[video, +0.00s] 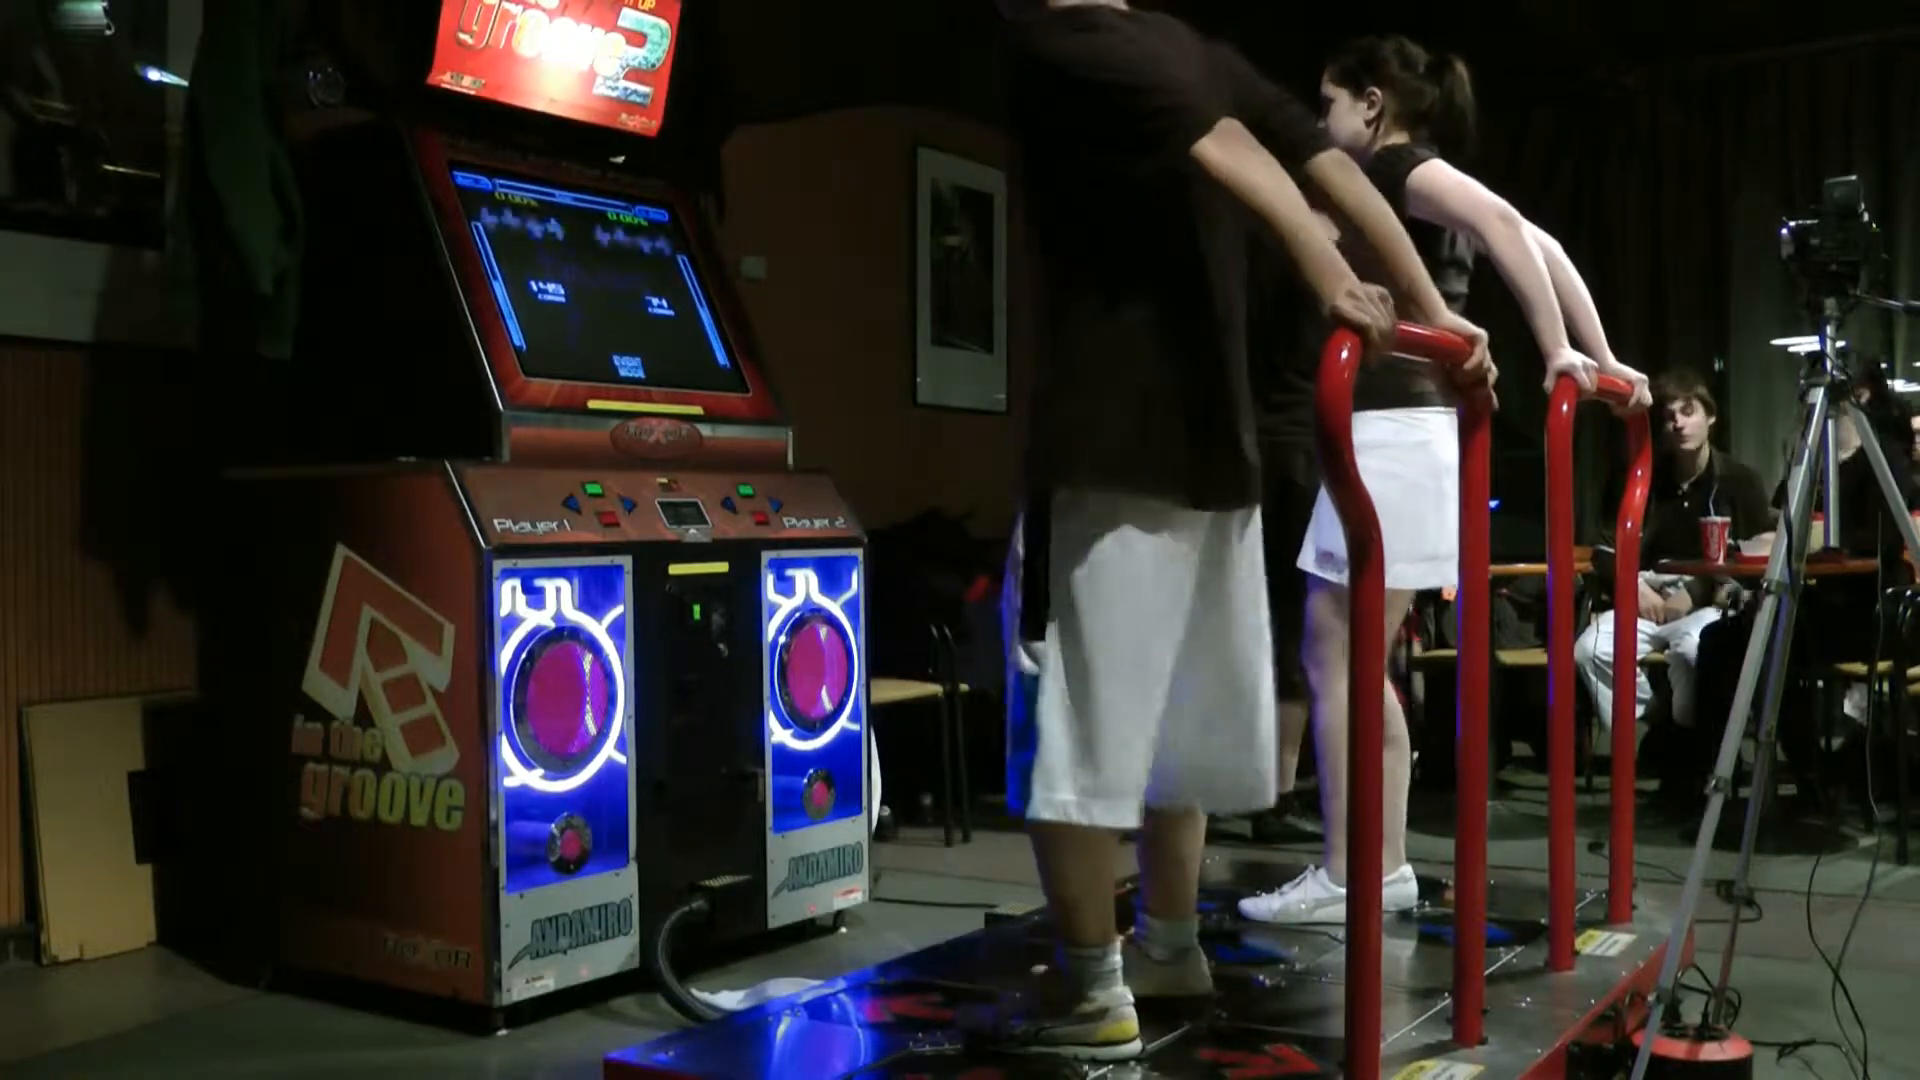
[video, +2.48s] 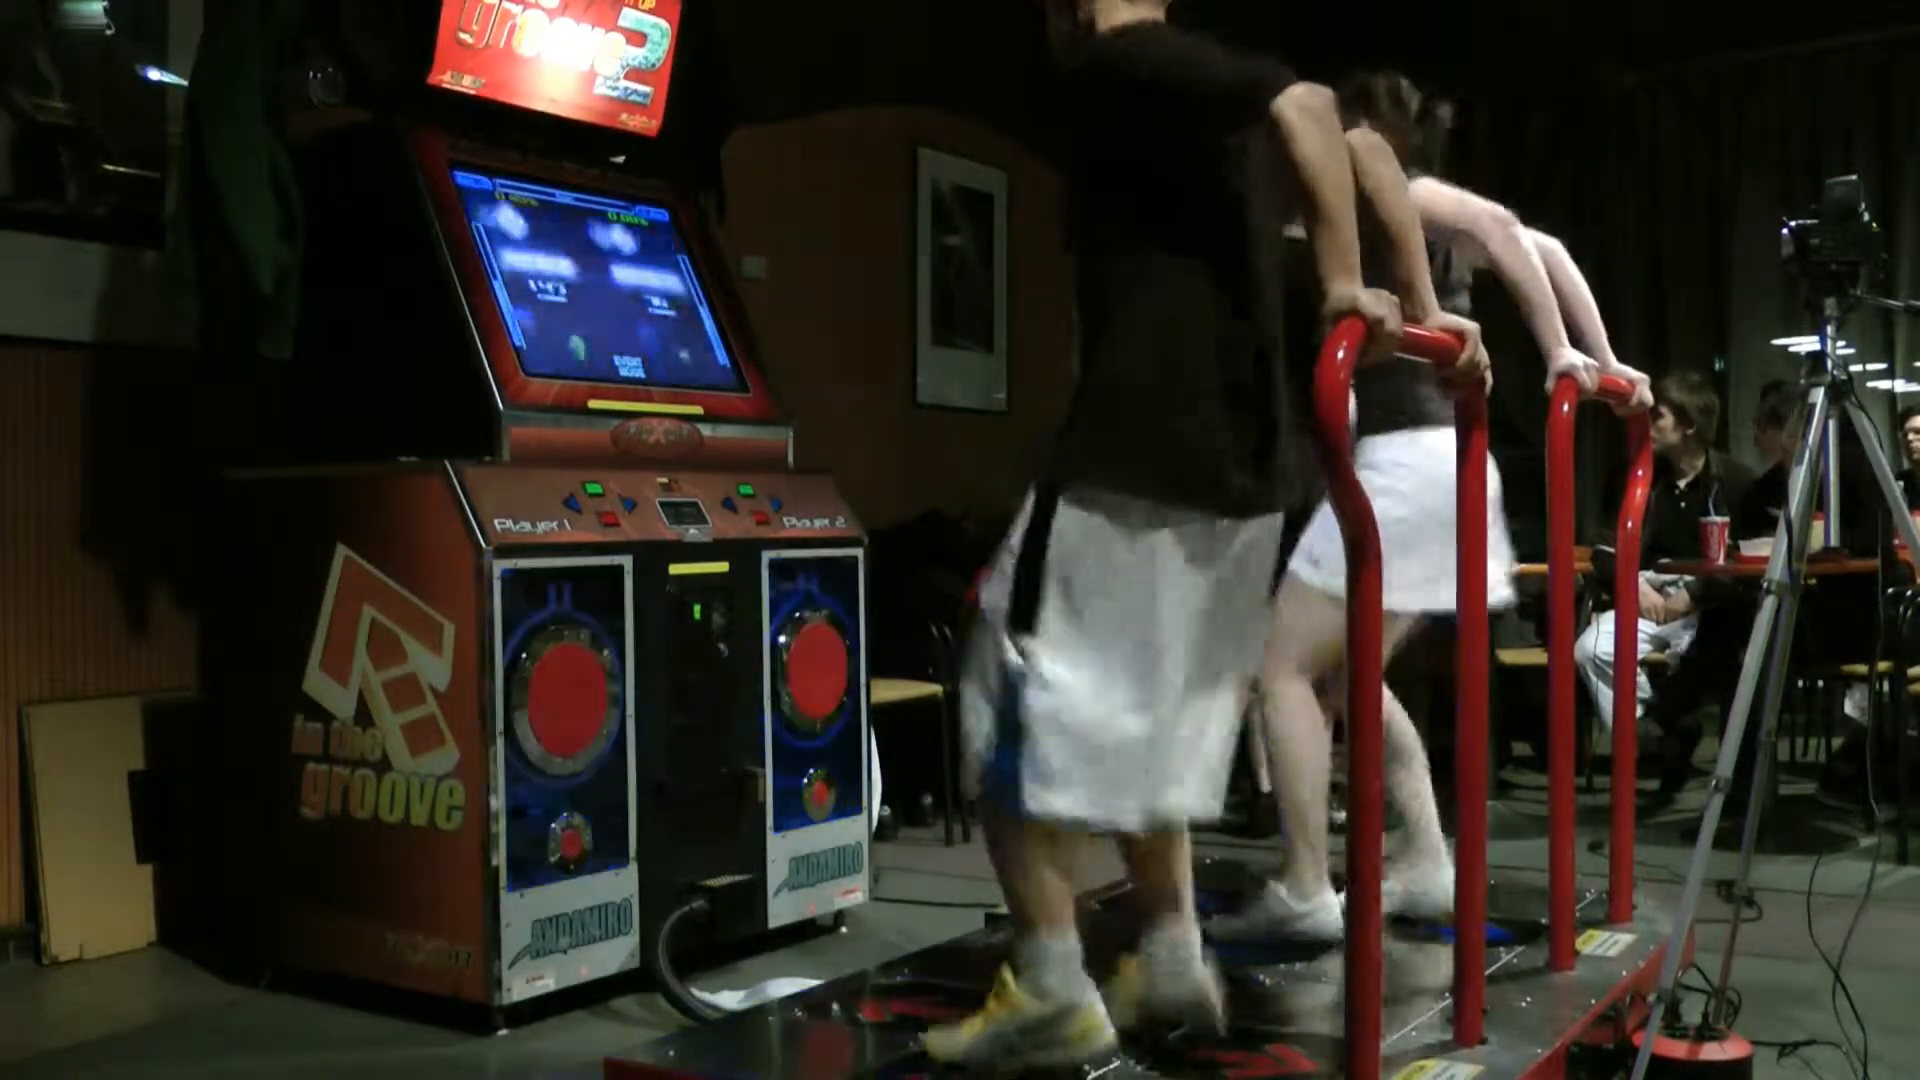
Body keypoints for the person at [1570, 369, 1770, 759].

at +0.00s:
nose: (1678, 423)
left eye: (1688, 412)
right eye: (1668, 415)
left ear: (1710, 419)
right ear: (1659, 425)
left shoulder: (1739, 481)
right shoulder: (1646, 478)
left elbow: (1755, 564)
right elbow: (1607, 550)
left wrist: (1694, 595)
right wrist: (1635, 586)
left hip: (1709, 605)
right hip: (1648, 604)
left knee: (1689, 651)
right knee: (1593, 648)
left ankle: (1684, 740)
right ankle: (1650, 740)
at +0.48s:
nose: (1652, 428)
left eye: (1664, 418)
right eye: (1650, 418)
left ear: (1696, 422)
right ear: (1647, 422)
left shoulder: (1738, 483)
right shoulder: (1646, 478)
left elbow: (1754, 569)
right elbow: (1607, 550)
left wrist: (1694, 597)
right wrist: (1635, 587)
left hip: (1706, 607)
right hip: (1647, 606)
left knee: (1690, 654)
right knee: (1593, 649)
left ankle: (1684, 750)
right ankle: (1655, 742)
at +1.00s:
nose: (1650, 437)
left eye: (1658, 428)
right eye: (1648, 427)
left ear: (1689, 427)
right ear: (1646, 427)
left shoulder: (1734, 480)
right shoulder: (1643, 478)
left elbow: (1747, 559)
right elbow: (1607, 547)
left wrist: (1693, 595)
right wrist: (1634, 587)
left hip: (1703, 600)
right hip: (1647, 597)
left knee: (1693, 649)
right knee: (1595, 648)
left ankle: (1677, 747)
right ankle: (1652, 746)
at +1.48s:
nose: (1649, 426)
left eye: (1658, 418)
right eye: (1650, 418)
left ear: (1687, 426)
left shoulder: (1735, 481)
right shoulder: (1643, 476)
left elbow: (1750, 559)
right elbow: (1607, 549)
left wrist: (1692, 598)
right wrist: (1636, 588)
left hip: (1706, 602)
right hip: (1647, 598)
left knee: (1695, 648)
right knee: (1595, 648)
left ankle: (1677, 741)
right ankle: (1650, 743)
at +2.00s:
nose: (1650, 425)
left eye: (1659, 418)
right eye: (1651, 417)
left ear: (1690, 425)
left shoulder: (1734, 479)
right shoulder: (1645, 474)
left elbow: (1747, 560)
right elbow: (1607, 546)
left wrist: (1692, 595)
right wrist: (1634, 587)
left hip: (1702, 603)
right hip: (1644, 598)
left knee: (1697, 652)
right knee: (1595, 648)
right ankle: (1646, 750)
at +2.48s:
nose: (1650, 426)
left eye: (1659, 418)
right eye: (1651, 418)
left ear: (1689, 426)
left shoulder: (1734, 480)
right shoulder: (1646, 474)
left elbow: (1744, 560)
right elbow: (1608, 545)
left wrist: (1690, 597)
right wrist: (1635, 588)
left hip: (1708, 600)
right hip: (1648, 596)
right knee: (1596, 648)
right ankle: (1657, 735)